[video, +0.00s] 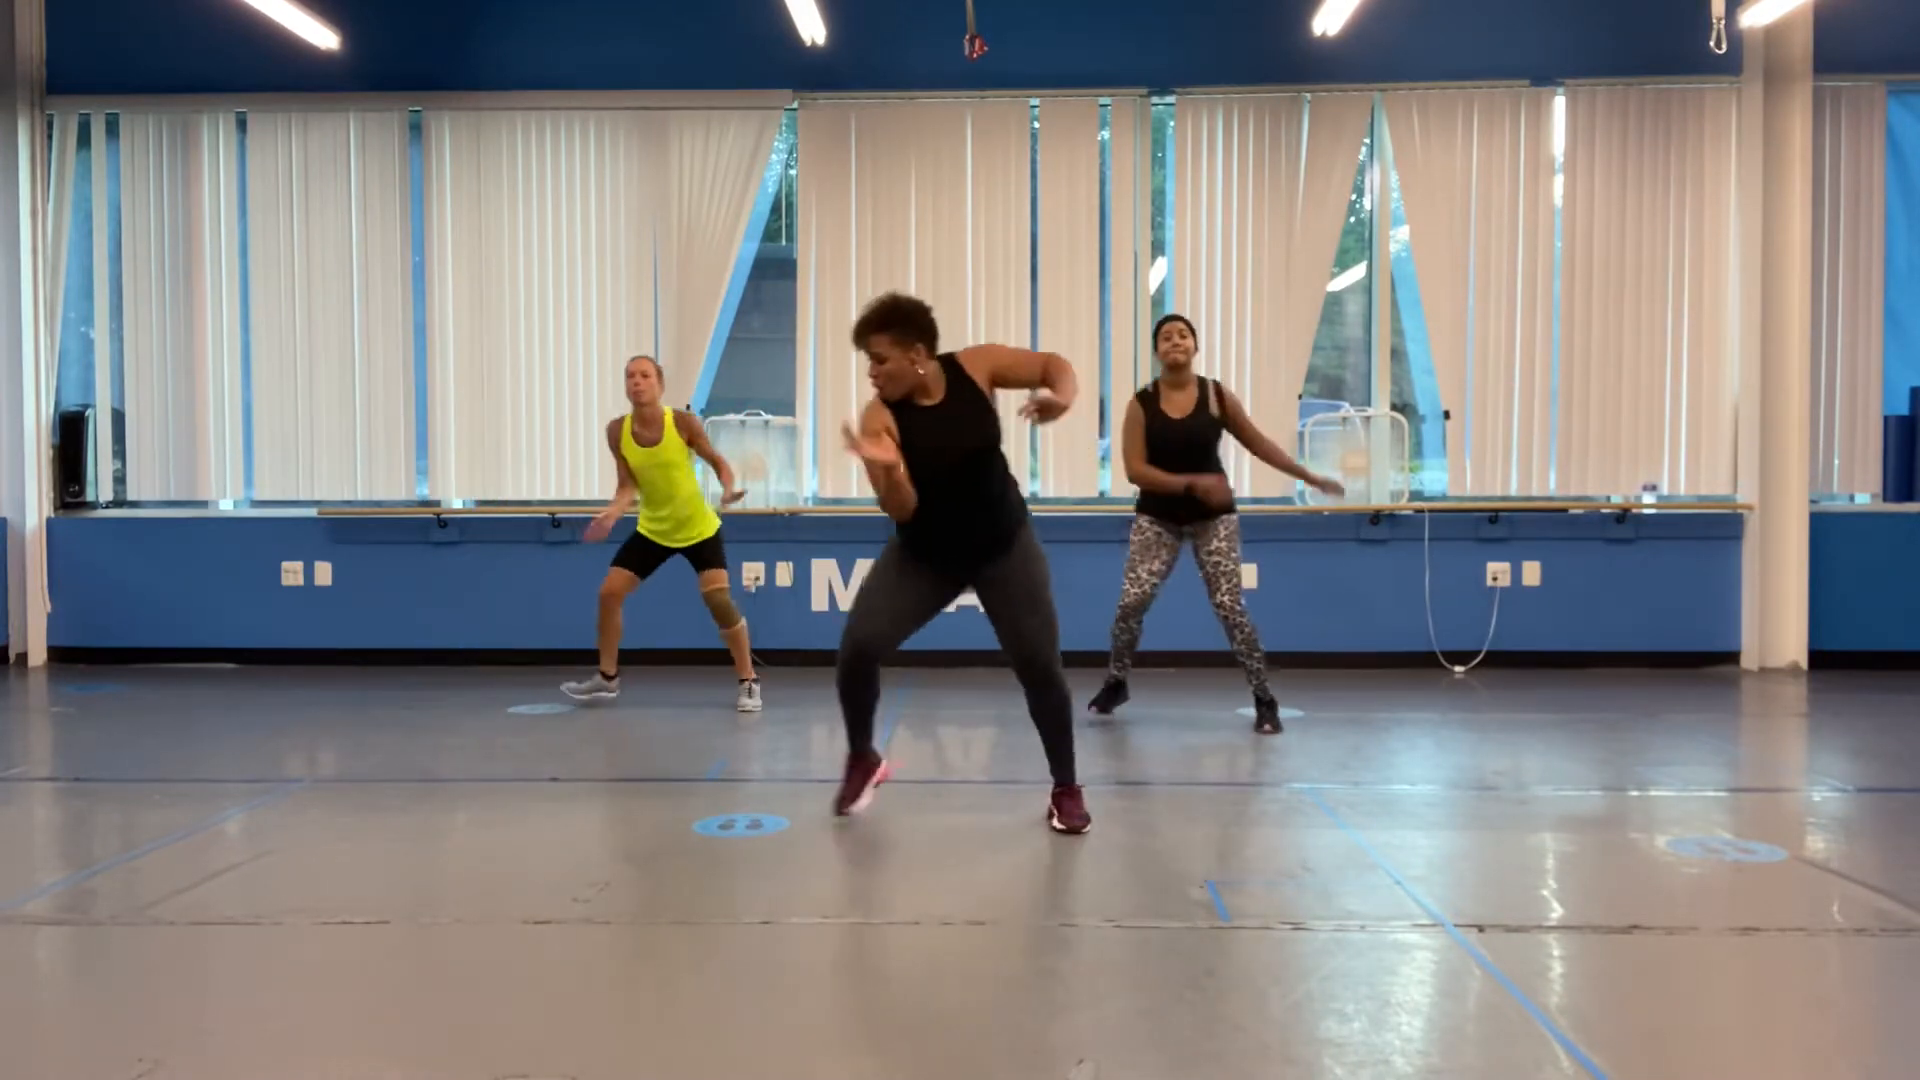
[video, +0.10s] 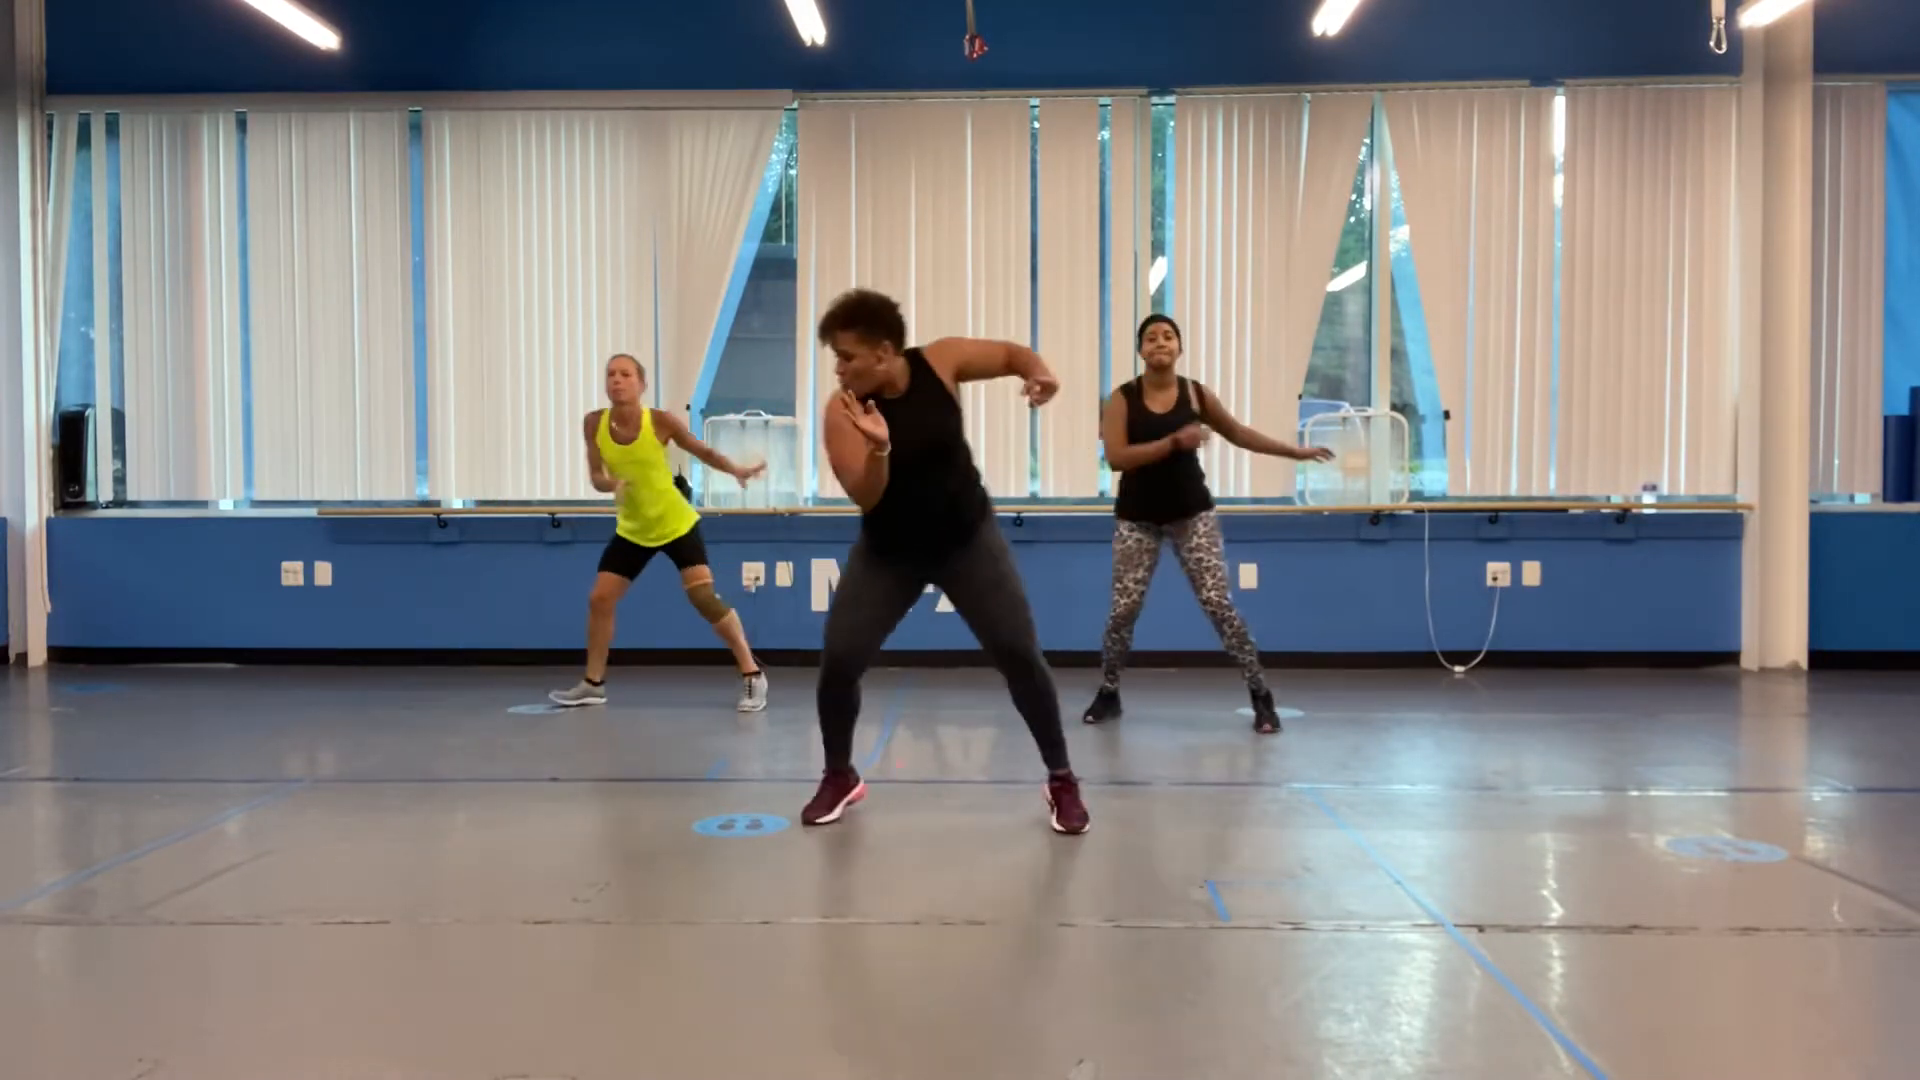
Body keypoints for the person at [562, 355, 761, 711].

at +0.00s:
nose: (636, 382)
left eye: (644, 376)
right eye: (631, 377)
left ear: (660, 384)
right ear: (625, 386)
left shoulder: (684, 423)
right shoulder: (617, 430)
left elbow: (716, 461)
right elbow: (627, 484)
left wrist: (729, 489)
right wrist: (612, 513)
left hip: (698, 525)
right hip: (653, 528)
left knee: (718, 600)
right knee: (610, 593)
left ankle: (748, 682)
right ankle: (607, 679)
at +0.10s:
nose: (616, 380)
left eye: (625, 375)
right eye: (611, 375)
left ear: (641, 385)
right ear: (605, 386)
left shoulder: (662, 421)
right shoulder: (595, 423)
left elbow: (703, 452)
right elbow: (597, 478)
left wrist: (736, 471)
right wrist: (613, 484)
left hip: (674, 522)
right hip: (632, 527)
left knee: (704, 598)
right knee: (600, 599)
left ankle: (753, 676)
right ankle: (592, 684)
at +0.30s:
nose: (584, 384)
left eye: (592, 379)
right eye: (579, 380)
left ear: (609, 387)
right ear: (574, 390)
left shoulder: (633, 423)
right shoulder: (565, 430)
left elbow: (675, 454)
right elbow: (557, 484)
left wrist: (719, 469)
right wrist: (595, 484)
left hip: (647, 526)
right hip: (603, 531)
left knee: (663, 594)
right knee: (568, 599)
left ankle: (679, 679)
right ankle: (586, 683)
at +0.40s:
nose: (569, 384)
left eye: (577, 378)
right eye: (564, 379)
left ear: (594, 387)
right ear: (558, 390)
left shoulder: (620, 420)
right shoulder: (554, 426)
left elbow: (667, 443)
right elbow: (548, 479)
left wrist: (719, 460)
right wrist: (586, 469)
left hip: (641, 525)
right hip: (598, 529)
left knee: (651, 602)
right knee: (552, 590)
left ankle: (677, 680)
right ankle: (566, 675)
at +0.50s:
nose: (552, 382)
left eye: (561, 377)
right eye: (547, 377)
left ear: (578, 387)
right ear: (542, 388)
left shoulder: (601, 417)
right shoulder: (537, 421)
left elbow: (653, 432)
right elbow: (529, 466)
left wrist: (701, 442)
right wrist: (568, 442)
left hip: (626, 522)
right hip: (582, 526)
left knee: (643, 599)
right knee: (546, 595)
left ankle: (683, 678)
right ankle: (529, 680)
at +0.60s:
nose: (540, 389)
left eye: (548, 384)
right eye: (534, 384)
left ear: (565, 393)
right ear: (528, 393)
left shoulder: (586, 425)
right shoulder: (522, 427)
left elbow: (636, 439)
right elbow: (511, 467)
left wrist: (679, 446)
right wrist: (547, 441)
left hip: (603, 527)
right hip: (561, 532)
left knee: (621, 603)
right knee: (524, 598)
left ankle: (677, 671)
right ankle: (516, 685)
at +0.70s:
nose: (532, 391)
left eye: (541, 386)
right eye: (527, 386)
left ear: (558, 394)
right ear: (521, 394)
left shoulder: (581, 430)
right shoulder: (514, 434)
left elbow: (615, 460)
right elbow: (503, 485)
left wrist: (654, 477)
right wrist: (536, 458)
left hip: (594, 532)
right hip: (550, 534)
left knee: (596, 605)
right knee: (512, 598)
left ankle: (628, 663)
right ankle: (516, 685)